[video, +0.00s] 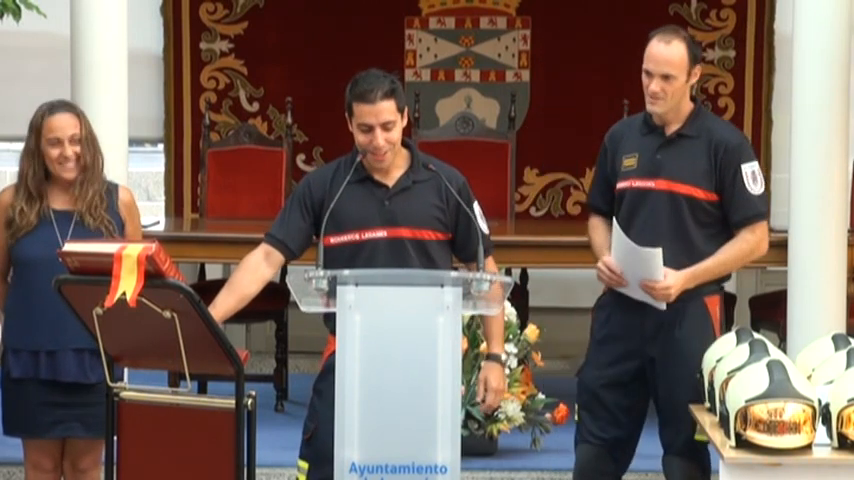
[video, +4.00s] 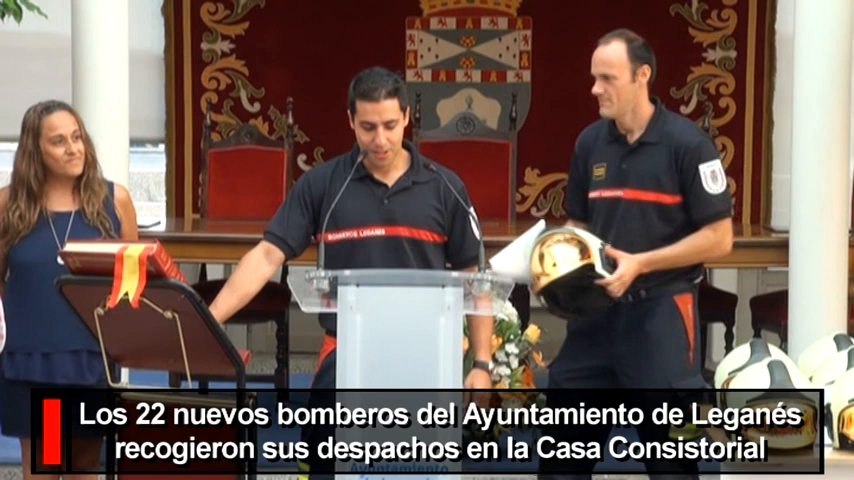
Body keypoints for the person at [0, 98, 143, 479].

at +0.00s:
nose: (68, 151)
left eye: (76, 140)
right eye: (55, 143)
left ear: (88, 144)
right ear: (38, 149)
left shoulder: (119, 201)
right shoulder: (12, 203)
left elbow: (137, 278)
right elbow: (3, 277)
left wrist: (129, 345)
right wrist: (5, 333)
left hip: (94, 357)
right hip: (30, 356)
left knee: (86, 466)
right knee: (41, 466)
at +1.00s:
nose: (72, 144)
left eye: (76, 134)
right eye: (57, 139)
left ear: (84, 137)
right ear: (36, 151)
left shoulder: (116, 198)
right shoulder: (10, 203)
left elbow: (135, 275)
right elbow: (2, 278)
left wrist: (128, 345)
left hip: (94, 358)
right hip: (31, 358)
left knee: (86, 466)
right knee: (41, 467)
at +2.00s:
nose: (73, 147)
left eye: (78, 136)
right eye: (58, 140)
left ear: (87, 140)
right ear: (37, 149)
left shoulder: (117, 199)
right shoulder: (10, 203)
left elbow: (134, 276)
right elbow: (1, 280)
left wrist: (129, 346)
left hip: (93, 359)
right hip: (28, 358)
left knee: (88, 465)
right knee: (41, 467)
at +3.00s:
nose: (72, 149)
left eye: (77, 138)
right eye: (58, 142)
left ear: (85, 140)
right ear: (35, 150)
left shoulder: (114, 200)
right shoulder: (10, 203)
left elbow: (131, 278)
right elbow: (2, 278)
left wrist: (126, 347)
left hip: (91, 359)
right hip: (26, 359)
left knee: (87, 466)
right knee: (40, 468)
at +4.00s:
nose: (73, 148)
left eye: (78, 136)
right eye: (59, 141)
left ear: (85, 139)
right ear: (36, 150)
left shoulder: (115, 199)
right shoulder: (10, 204)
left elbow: (133, 279)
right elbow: (2, 282)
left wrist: (127, 350)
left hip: (92, 362)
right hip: (27, 363)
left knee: (86, 467)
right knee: (40, 469)